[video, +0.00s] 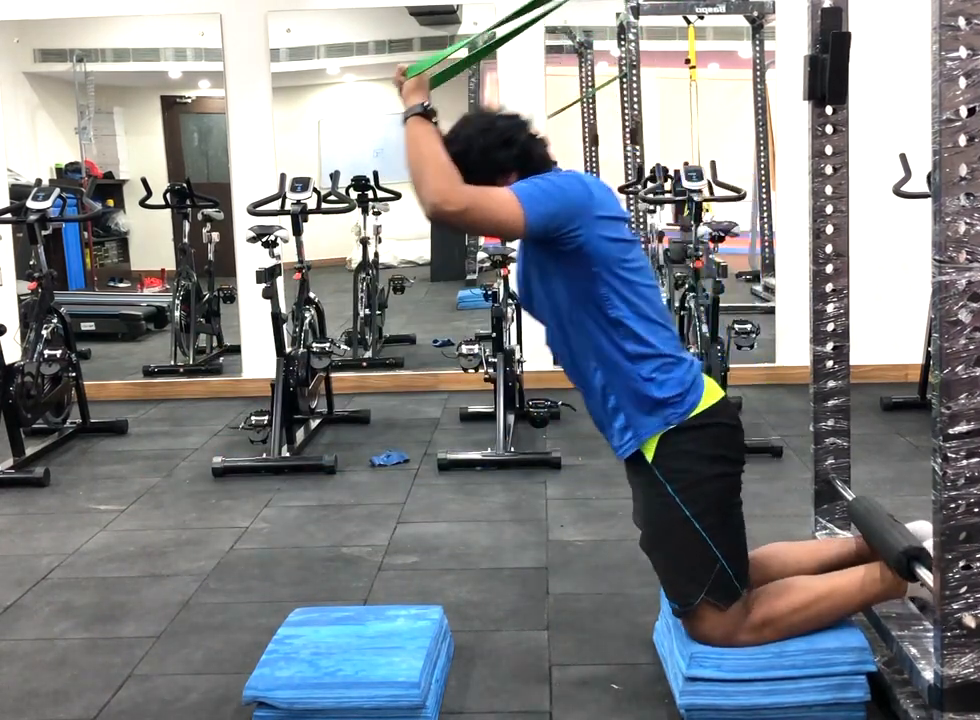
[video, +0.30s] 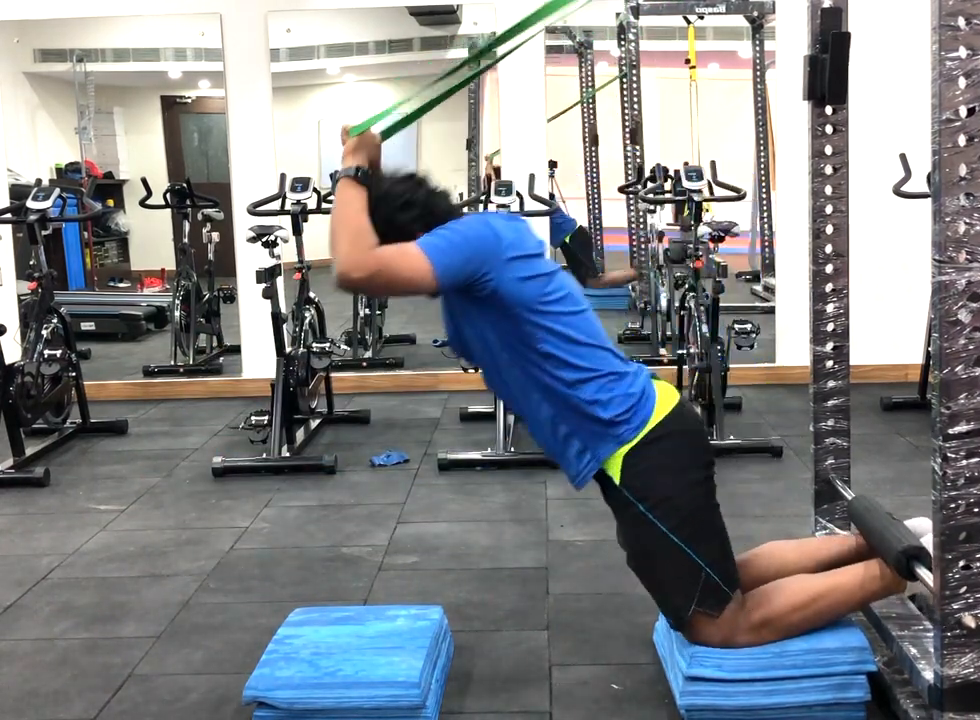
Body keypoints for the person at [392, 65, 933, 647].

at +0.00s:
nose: (477, 203)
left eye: (476, 189)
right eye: (471, 191)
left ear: (501, 176)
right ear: (520, 156)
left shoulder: (571, 196)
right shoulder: (555, 214)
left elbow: (448, 202)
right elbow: (453, 204)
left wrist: (413, 108)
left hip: (680, 431)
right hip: (656, 434)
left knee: (721, 624)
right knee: (709, 583)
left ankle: (900, 579)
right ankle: (865, 544)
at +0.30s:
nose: (381, 265)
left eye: (378, 252)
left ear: (399, 241)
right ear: (426, 214)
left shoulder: (484, 236)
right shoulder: (472, 253)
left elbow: (360, 265)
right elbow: (370, 267)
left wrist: (352, 175)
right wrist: (358, 181)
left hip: (643, 440)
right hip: (632, 440)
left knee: (718, 627)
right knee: (715, 586)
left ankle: (902, 574)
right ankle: (870, 540)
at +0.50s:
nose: (335, 328)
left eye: (334, 315)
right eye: (332, 316)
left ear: (356, 296)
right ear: (371, 276)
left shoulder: (428, 287)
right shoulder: (434, 285)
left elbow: (302, 334)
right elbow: (316, 331)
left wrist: (298, 242)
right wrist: (312, 247)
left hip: (623, 459)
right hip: (626, 442)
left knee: (720, 626)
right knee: (712, 584)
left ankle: (897, 571)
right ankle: (860, 539)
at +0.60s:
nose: (310, 357)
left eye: (309, 343)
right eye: (306, 342)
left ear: (329, 321)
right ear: (345, 304)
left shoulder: (404, 314)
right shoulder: (406, 311)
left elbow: (280, 366)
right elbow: (295, 365)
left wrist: (270, 272)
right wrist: (282, 273)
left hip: (615, 465)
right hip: (613, 449)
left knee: (726, 630)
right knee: (712, 586)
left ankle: (904, 568)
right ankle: (867, 538)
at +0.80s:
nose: (280, 425)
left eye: (275, 411)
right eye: (274, 412)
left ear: (294, 393)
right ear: (305, 355)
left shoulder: (361, 371)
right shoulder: (365, 361)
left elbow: (240, 448)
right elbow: (262, 441)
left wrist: (216, 358)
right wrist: (234, 358)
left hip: (593, 470)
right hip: (594, 448)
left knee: (725, 633)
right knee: (715, 586)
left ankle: (901, 570)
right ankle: (863, 538)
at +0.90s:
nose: (271, 453)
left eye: (268, 441)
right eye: (264, 444)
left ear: (286, 419)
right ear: (291, 387)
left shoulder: (344, 400)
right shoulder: (352, 383)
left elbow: (228, 483)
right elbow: (247, 469)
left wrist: (196, 391)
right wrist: (221, 390)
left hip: (584, 483)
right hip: (586, 458)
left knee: (724, 626)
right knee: (711, 587)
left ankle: (903, 567)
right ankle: (868, 534)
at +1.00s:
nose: (244, 479)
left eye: (241, 465)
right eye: (238, 467)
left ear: (263, 441)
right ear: (273, 405)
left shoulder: (325, 428)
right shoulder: (337, 403)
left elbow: (218, 518)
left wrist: (179, 431)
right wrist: (217, 424)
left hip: (574, 496)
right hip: (578, 464)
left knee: (725, 625)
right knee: (710, 586)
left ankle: (904, 567)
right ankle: (863, 536)